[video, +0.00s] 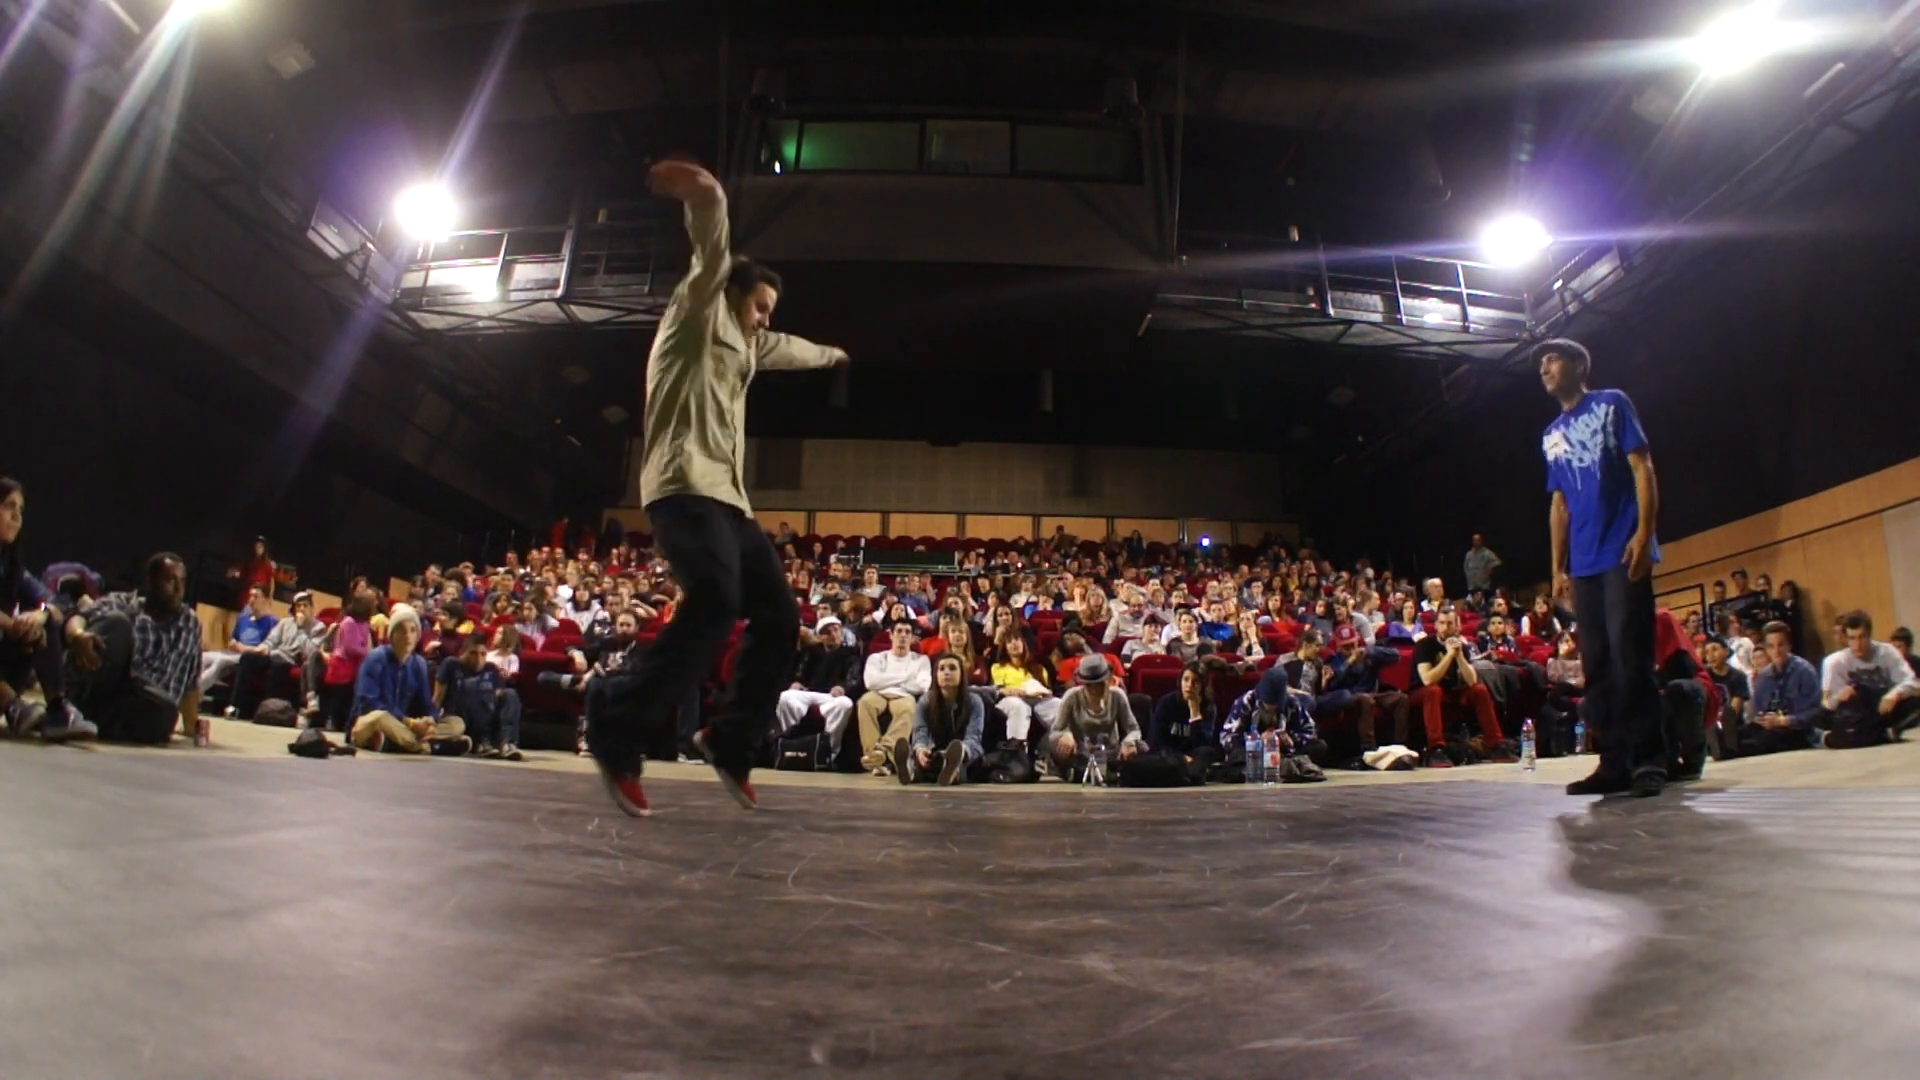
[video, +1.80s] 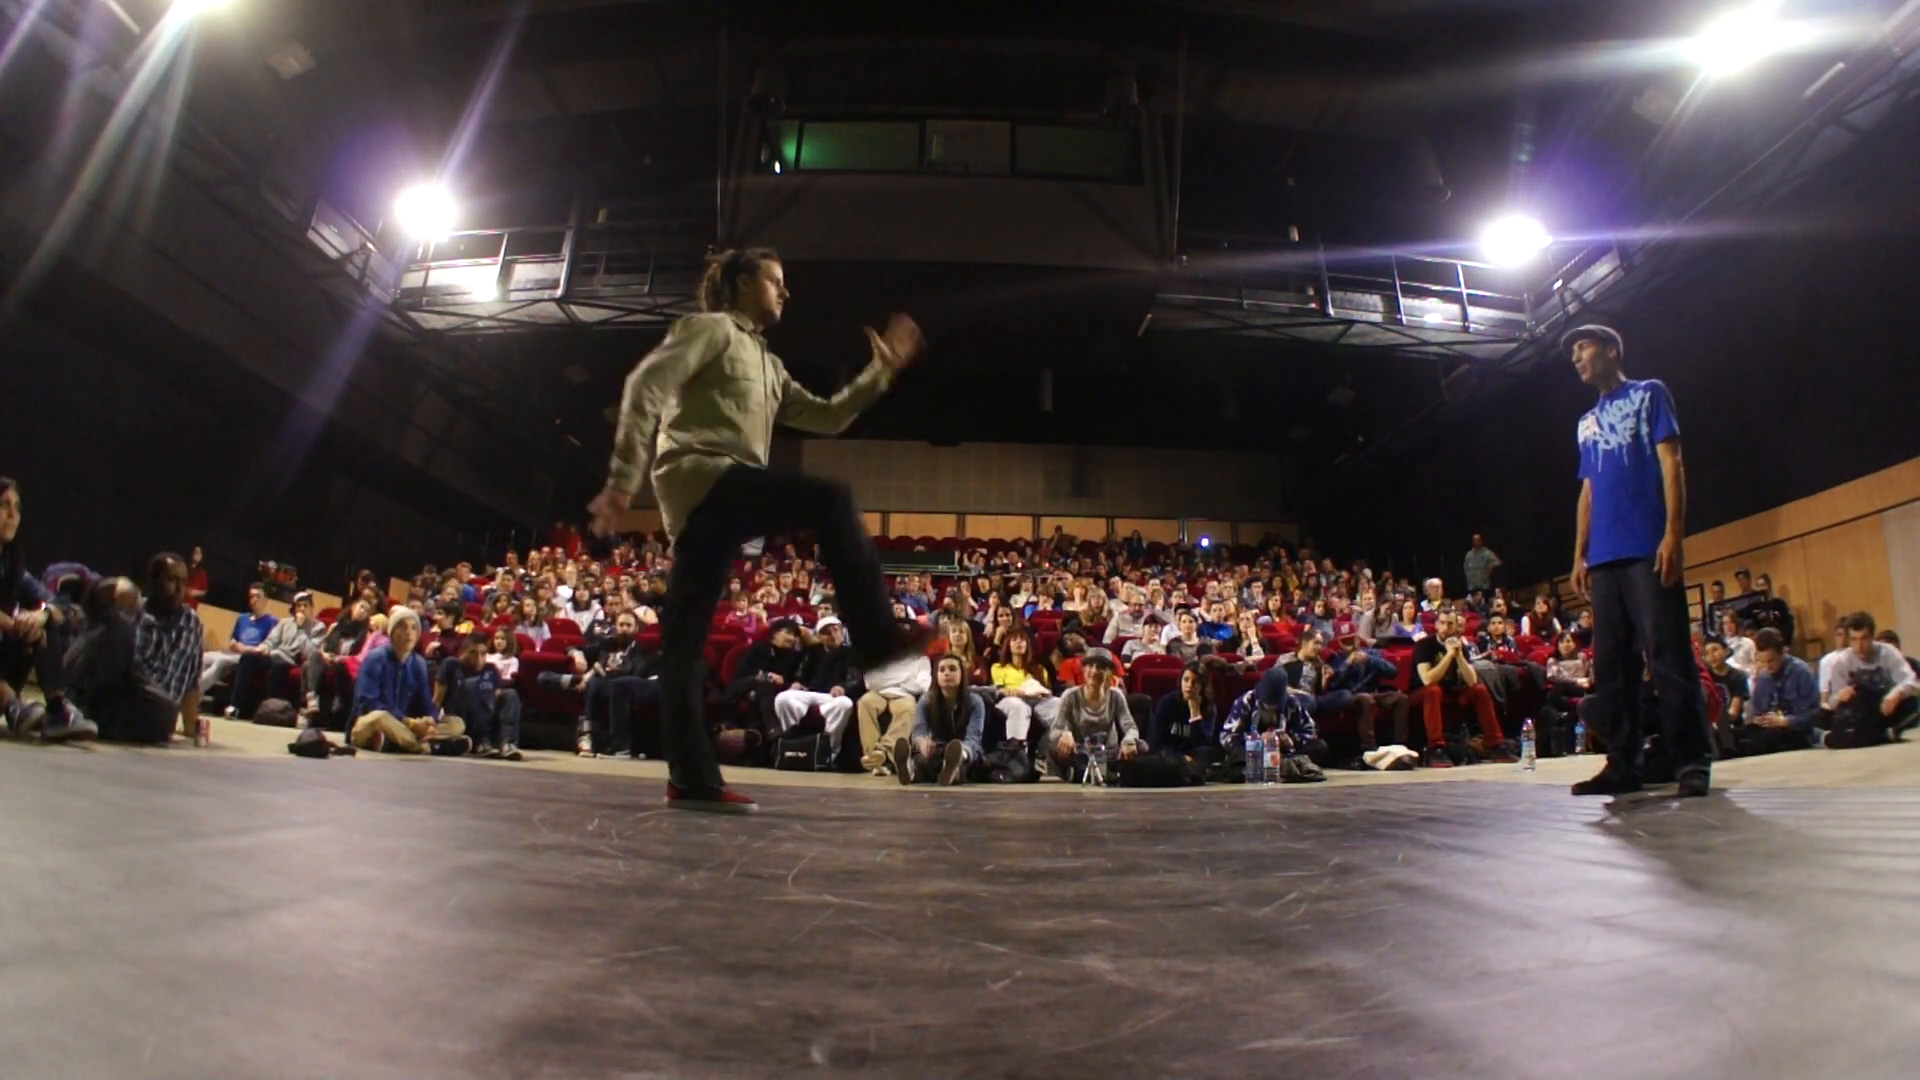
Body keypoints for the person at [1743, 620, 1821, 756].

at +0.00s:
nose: (1776, 651)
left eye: (1781, 645)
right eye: (1771, 646)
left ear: (1789, 646)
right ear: (1765, 649)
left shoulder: (1804, 670)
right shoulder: (1764, 675)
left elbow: (1814, 711)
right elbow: (1757, 710)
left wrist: (1783, 721)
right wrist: (1761, 719)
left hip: (1798, 730)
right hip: (1767, 730)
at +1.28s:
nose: (1769, 662)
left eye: (1773, 656)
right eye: (1764, 658)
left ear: (1784, 651)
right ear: (1760, 657)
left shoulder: (1801, 671)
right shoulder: (1762, 676)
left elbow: (1812, 713)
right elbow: (1756, 711)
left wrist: (1784, 721)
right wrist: (1759, 719)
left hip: (1798, 732)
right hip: (1767, 731)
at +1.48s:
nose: (1767, 666)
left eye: (1771, 660)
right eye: (1763, 661)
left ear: (1782, 653)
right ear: (1759, 659)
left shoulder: (1801, 672)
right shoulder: (1762, 676)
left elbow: (1812, 712)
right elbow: (1758, 711)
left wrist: (1784, 721)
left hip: (1798, 731)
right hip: (1769, 729)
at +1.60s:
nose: (1767, 666)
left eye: (1771, 661)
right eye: (1763, 662)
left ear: (1782, 653)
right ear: (1758, 658)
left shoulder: (1801, 672)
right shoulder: (1762, 676)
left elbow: (1812, 713)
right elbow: (1758, 711)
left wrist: (1784, 721)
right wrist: (1761, 720)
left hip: (1798, 731)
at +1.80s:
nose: (1767, 667)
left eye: (1771, 661)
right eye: (1763, 662)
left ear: (1783, 653)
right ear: (1758, 658)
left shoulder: (1801, 672)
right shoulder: (1763, 676)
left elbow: (1813, 713)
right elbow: (1758, 711)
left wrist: (1784, 721)